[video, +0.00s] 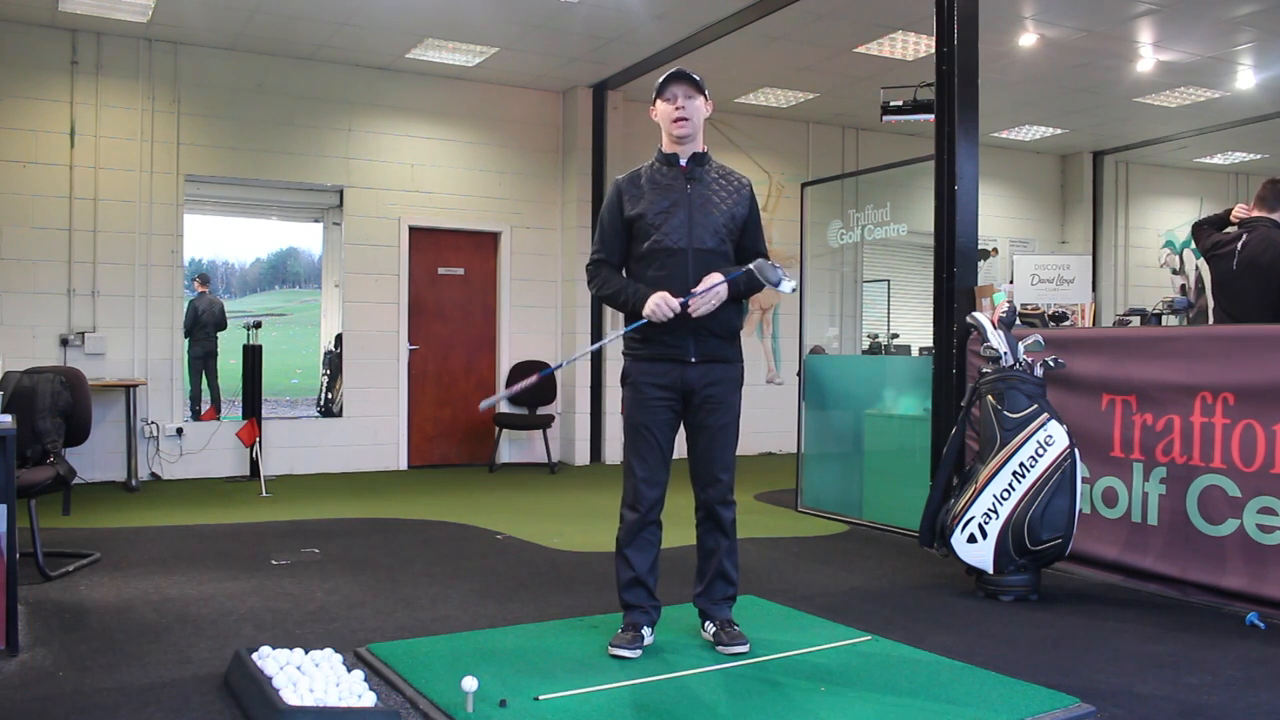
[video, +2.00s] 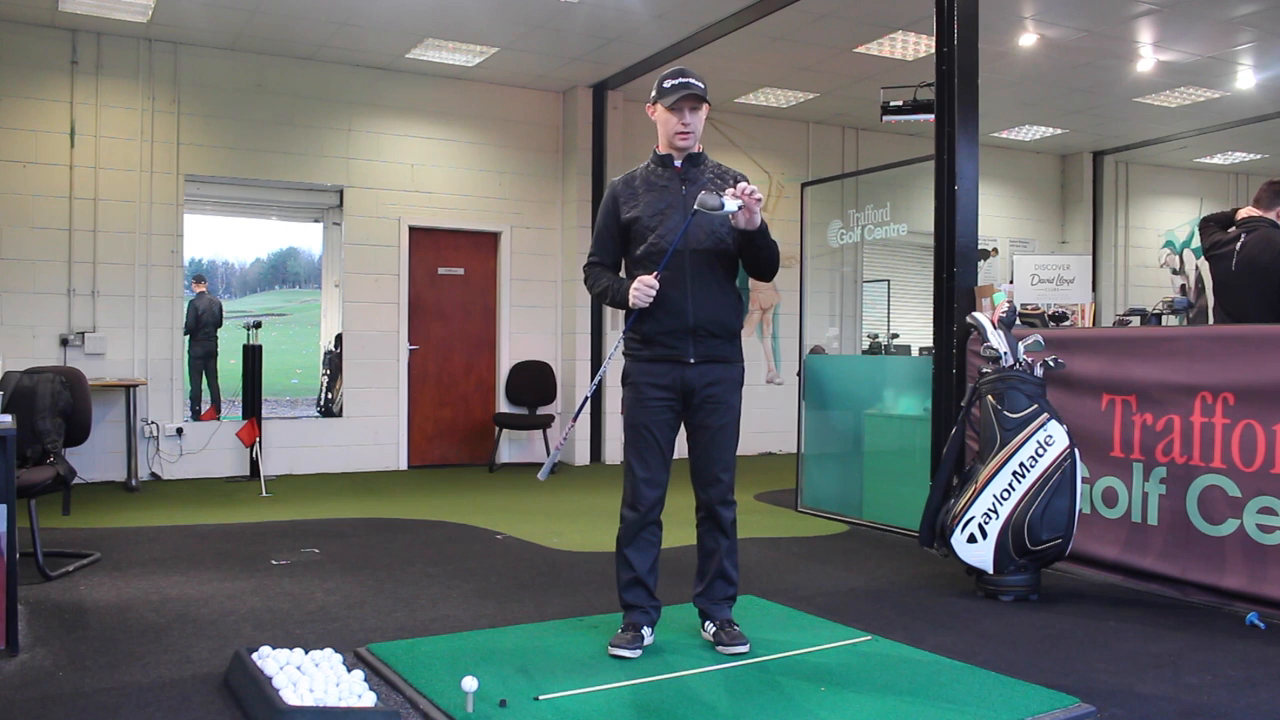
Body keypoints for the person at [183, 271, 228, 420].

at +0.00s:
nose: (194, 285)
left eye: (195, 283)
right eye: (194, 282)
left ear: (199, 284)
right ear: (207, 285)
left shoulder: (194, 302)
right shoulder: (218, 302)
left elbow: (188, 325)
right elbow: (223, 325)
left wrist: (187, 333)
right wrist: (211, 328)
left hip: (197, 344)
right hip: (212, 344)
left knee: (195, 382)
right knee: (213, 380)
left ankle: (196, 414)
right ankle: (216, 412)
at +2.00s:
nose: (192, 287)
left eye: (192, 285)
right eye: (192, 285)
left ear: (195, 285)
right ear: (206, 284)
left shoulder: (194, 303)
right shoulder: (216, 302)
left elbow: (190, 326)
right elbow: (219, 323)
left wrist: (184, 331)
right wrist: (208, 326)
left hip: (197, 344)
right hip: (212, 344)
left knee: (196, 382)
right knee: (213, 381)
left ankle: (195, 414)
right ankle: (216, 412)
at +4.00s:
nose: (192, 287)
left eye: (193, 285)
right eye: (192, 285)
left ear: (199, 285)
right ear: (206, 285)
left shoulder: (195, 302)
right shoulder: (218, 302)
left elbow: (184, 322)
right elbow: (224, 325)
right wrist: (210, 326)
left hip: (196, 345)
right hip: (212, 345)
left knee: (194, 383)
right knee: (213, 381)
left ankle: (195, 415)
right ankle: (216, 412)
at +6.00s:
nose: (191, 289)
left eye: (192, 287)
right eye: (191, 287)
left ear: (196, 286)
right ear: (204, 285)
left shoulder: (195, 302)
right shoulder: (217, 302)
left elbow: (188, 325)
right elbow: (219, 325)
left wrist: (185, 325)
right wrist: (207, 324)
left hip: (196, 344)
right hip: (211, 343)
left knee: (195, 382)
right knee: (212, 381)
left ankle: (195, 414)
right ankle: (216, 412)